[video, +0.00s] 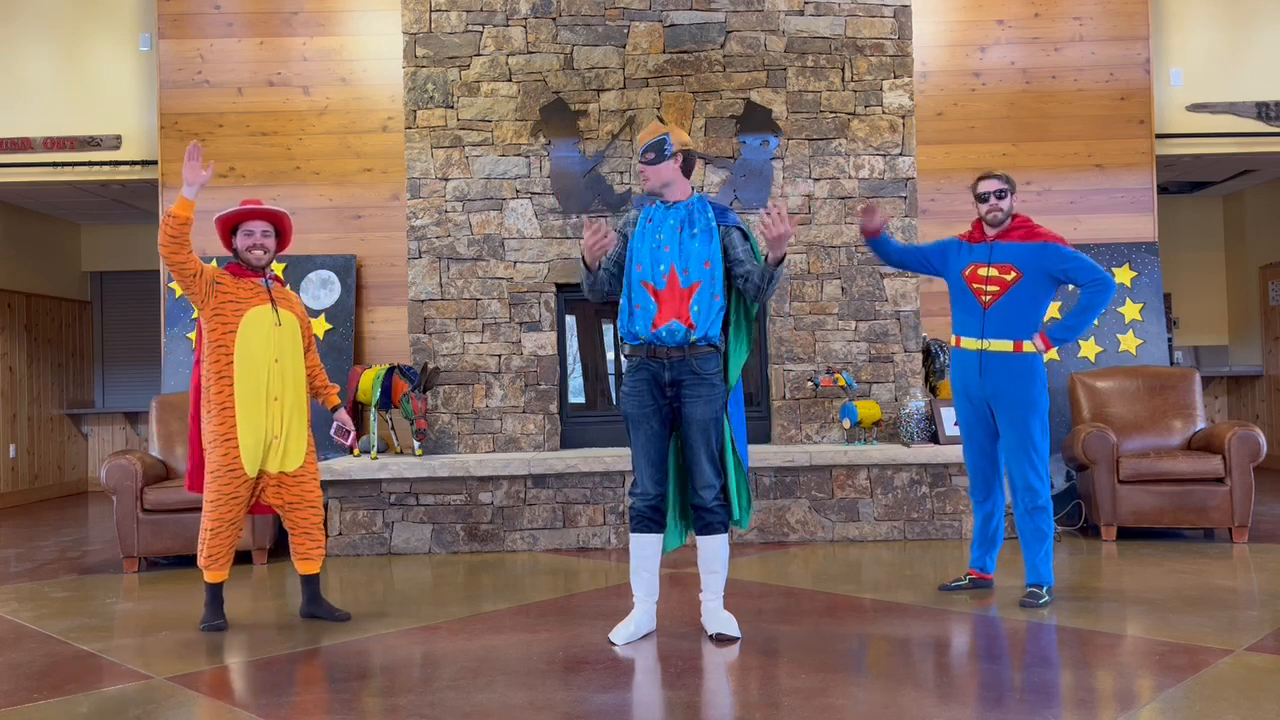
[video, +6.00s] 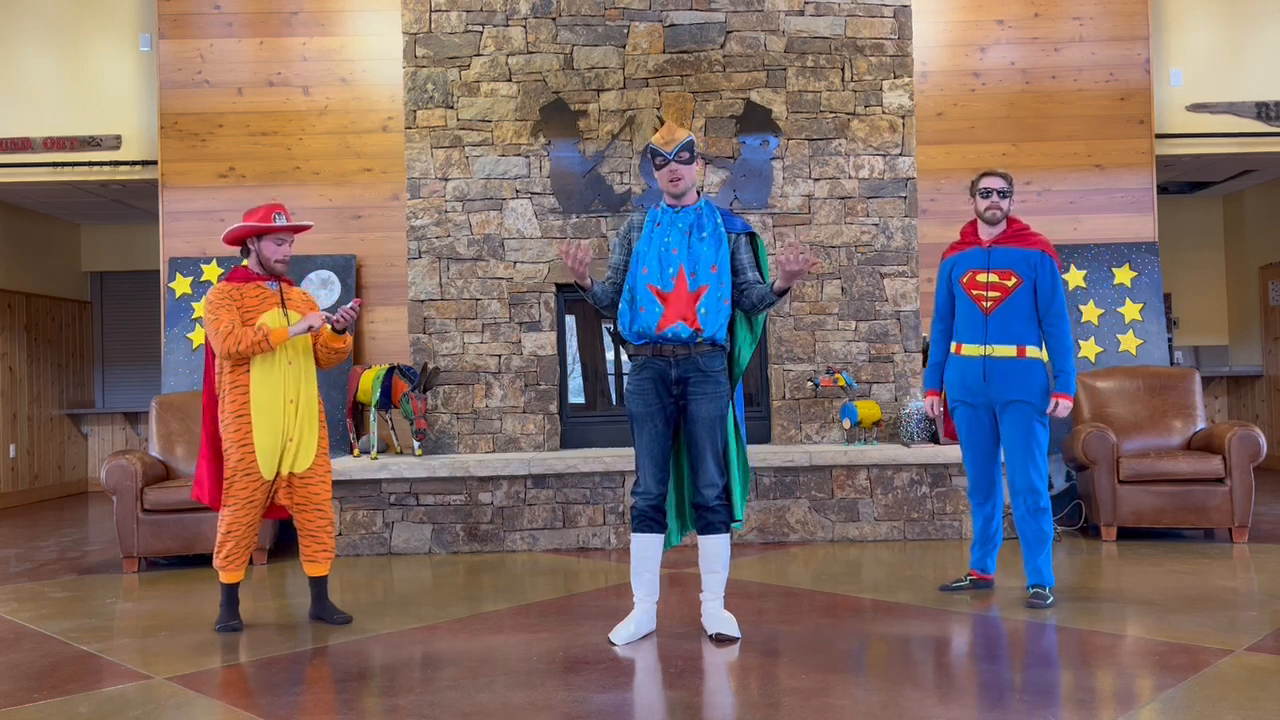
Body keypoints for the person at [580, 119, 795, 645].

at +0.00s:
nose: (645, 164)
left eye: (656, 155)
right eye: (642, 159)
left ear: (685, 163)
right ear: (643, 170)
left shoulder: (720, 220)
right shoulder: (637, 222)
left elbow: (753, 286)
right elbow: (605, 291)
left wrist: (774, 257)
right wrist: (595, 263)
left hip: (700, 366)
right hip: (641, 367)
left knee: (706, 484)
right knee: (647, 487)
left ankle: (713, 608)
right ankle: (644, 610)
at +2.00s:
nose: (677, 164)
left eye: (686, 155)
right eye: (666, 155)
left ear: (698, 164)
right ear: (650, 164)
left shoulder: (721, 221)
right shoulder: (630, 221)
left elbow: (741, 304)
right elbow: (609, 304)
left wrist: (755, 283)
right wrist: (595, 274)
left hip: (702, 364)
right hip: (642, 365)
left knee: (708, 485)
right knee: (647, 486)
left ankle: (713, 607)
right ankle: (643, 609)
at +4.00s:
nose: (673, 162)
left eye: (684, 155)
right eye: (663, 156)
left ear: (701, 167)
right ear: (651, 168)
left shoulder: (722, 221)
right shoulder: (635, 220)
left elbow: (744, 285)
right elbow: (608, 292)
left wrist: (759, 259)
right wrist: (608, 269)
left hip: (704, 365)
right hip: (646, 366)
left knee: (710, 485)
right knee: (650, 487)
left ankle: (714, 607)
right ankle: (644, 608)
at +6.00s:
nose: (673, 170)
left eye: (683, 159)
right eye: (662, 162)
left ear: (699, 165)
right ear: (651, 170)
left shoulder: (727, 225)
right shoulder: (636, 223)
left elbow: (751, 299)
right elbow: (610, 300)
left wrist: (780, 283)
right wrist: (585, 279)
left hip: (706, 365)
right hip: (646, 365)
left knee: (710, 485)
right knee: (649, 487)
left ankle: (714, 607)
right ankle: (644, 609)